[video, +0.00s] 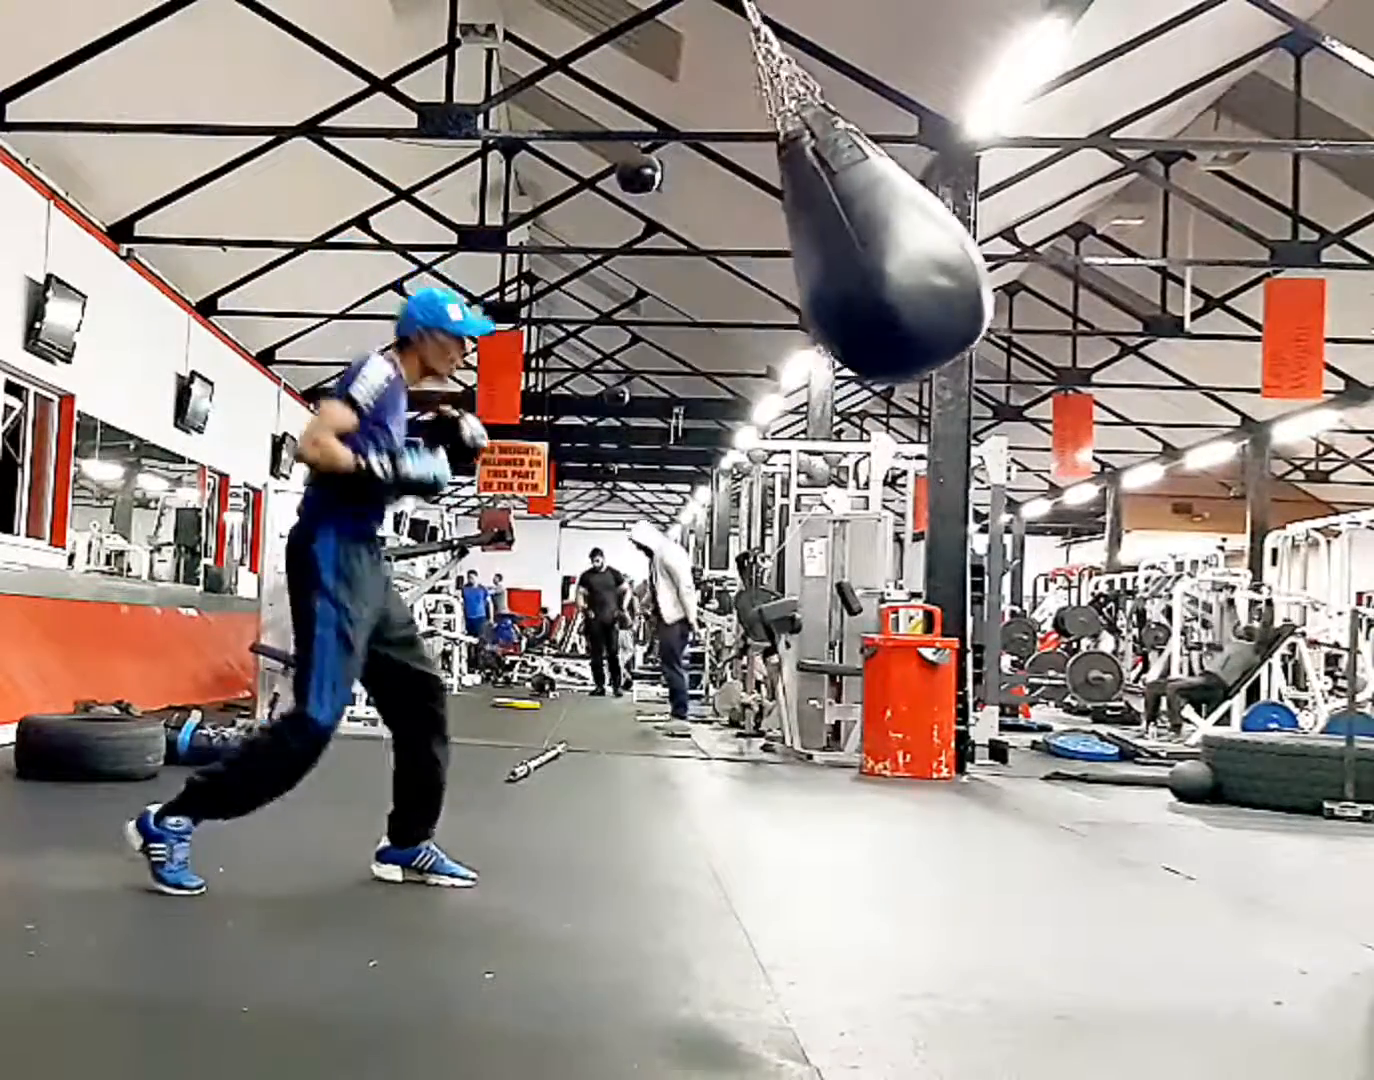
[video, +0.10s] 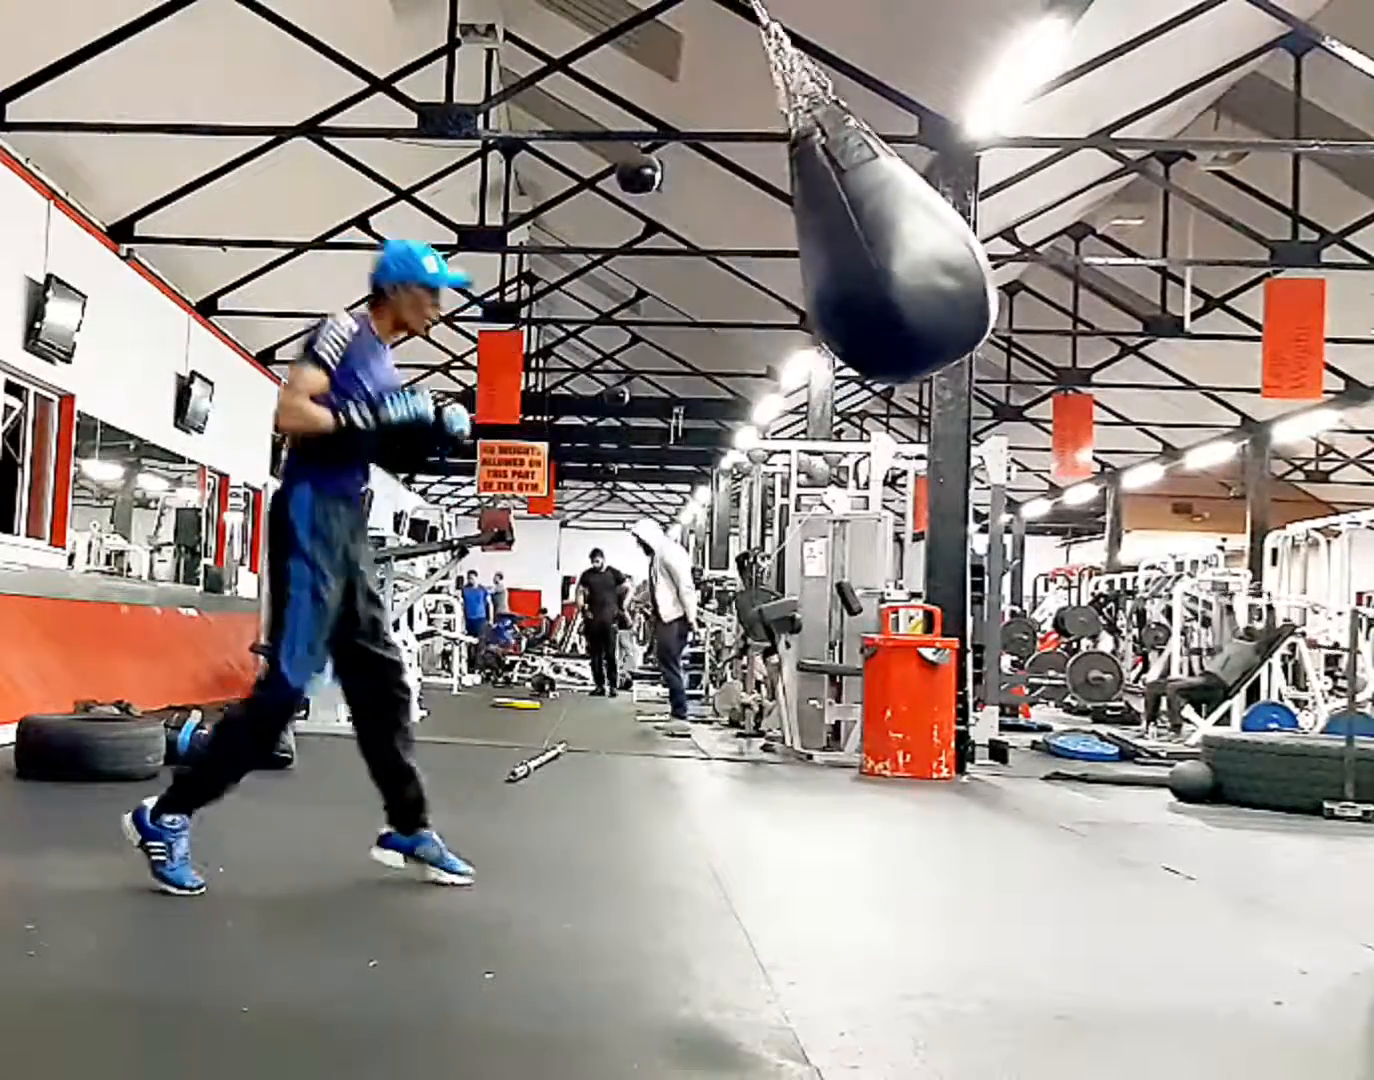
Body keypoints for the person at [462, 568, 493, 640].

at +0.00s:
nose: (470, 580)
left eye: (472, 577)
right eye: (469, 577)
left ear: (476, 578)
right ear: (468, 578)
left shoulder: (482, 589)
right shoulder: (464, 589)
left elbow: (490, 603)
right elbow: (463, 603)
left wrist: (491, 618)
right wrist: (463, 617)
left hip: (481, 618)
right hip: (469, 618)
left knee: (481, 640)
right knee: (471, 640)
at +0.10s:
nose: (470, 580)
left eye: (472, 578)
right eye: (469, 578)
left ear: (476, 578)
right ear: (467, 579)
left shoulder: (483, 590)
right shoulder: (464, 590)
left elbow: (490, 604)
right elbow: (462, 605)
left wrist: (491, 620)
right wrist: (463, 619)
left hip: (481, 619)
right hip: (469, 619)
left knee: (481, 641)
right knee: (470, 641)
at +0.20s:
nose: (471, 580)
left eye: (472, 578)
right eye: (469, 578)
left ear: (476, 579)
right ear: (467, 579)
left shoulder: (483, 590)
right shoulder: (464, 591)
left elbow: (489, 605)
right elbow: (463, 605)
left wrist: (490, 621)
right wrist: (464, 619)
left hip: (481, 620)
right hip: (469, 620)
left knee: (480, 643)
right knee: (470, 643)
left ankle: (477, 666)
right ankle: (471, 666)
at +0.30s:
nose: (470, 580)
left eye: (472, 578)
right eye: (469, 578)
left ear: (476, 578)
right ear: (467, 579)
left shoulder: (482, 590)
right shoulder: (464, 591)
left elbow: (488, 605)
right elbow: (462, 606)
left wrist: (490, 620)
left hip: (481, 619)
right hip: (469, 620)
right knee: (470, 642)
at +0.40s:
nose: (471, 579)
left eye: (473, 577)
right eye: (470, 577)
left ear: (477, 577)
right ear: (468, 578)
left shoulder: (482, 589)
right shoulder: (465, 590)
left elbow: (489, 605)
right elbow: (462, 605)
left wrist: (490, 620)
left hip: (481, 619)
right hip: (469, 620)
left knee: (481, 641)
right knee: (470, 642)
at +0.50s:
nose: (471, 578)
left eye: (472, 576)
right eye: (469, 576)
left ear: (476, 576)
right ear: (468, 577)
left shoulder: (482, 589)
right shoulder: (465, 589)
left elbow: (489, 605)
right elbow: (462, 604)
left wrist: (490, 620)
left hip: (480, 618)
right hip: (469, 618)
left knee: (480, 640)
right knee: (470, 640)